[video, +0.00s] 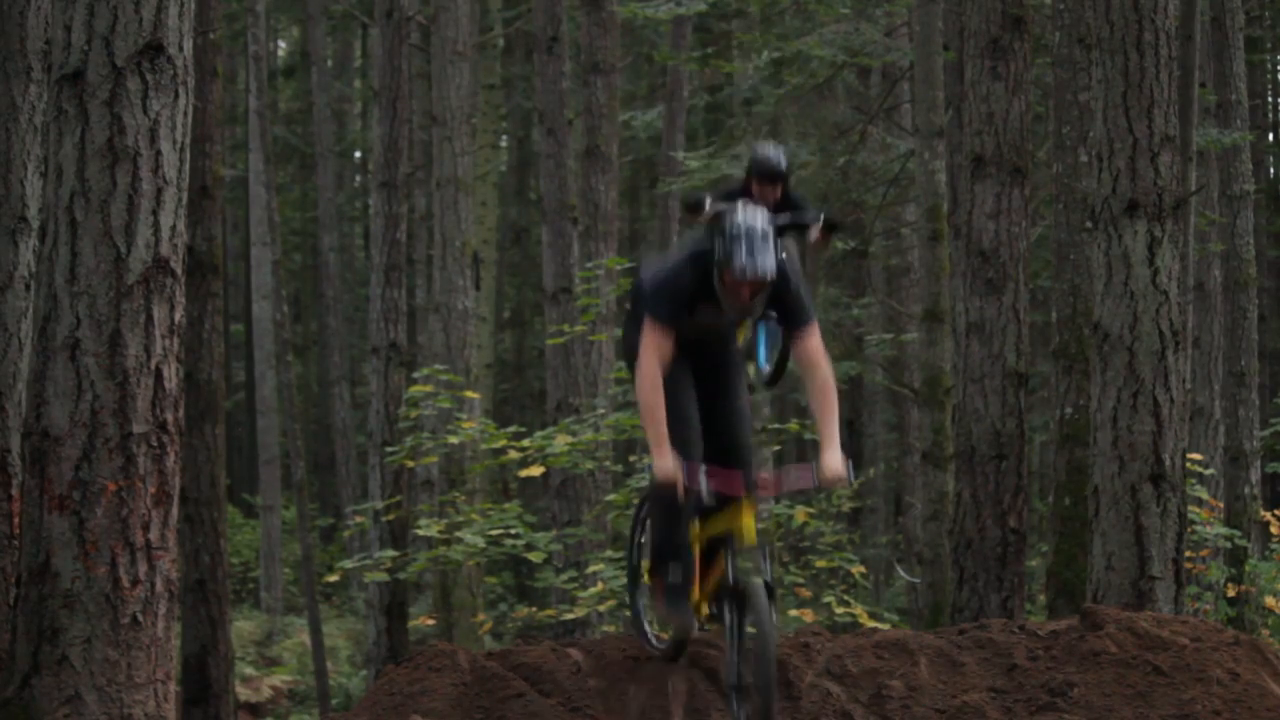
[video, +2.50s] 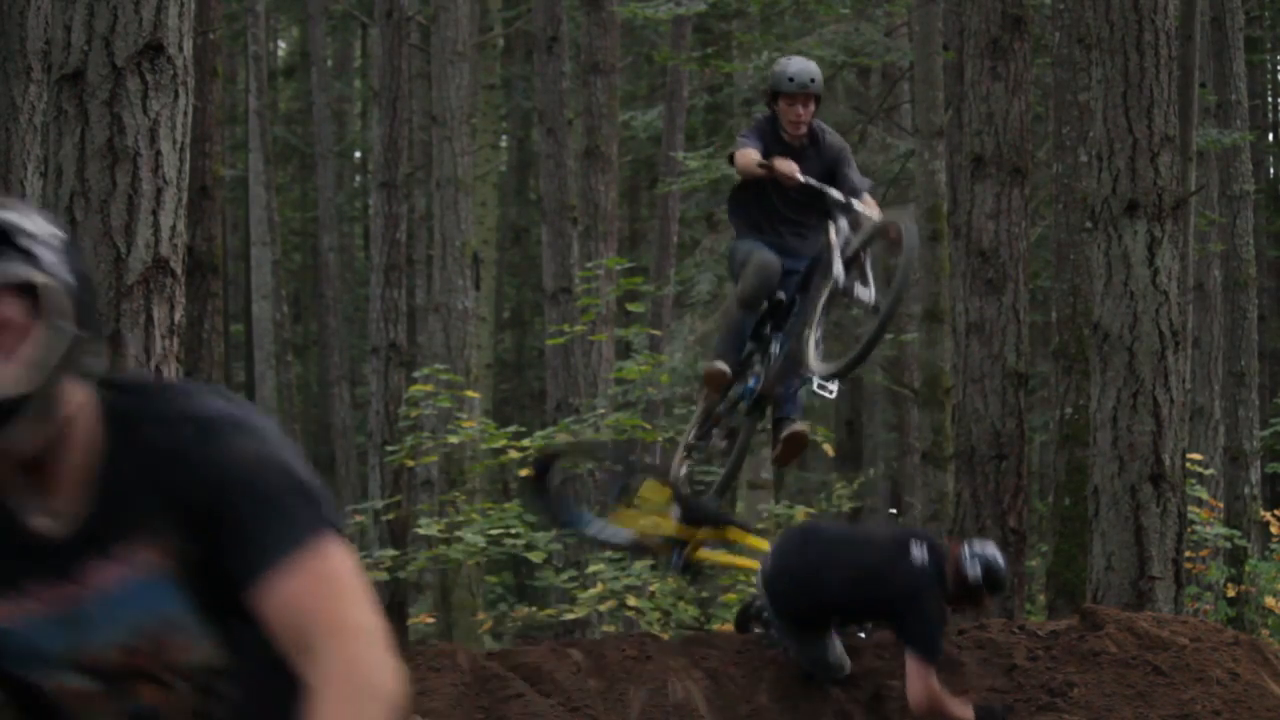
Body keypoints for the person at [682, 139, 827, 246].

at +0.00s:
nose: (768, 193)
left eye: (774, 186)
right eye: (761, 185)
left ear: (783, 185)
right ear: (750, 182)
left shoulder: (791, 203)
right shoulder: (734, 197)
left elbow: (809, 219)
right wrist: (697, 208)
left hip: (773, 255)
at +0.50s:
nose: (785, 37)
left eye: (792, 31)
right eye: (779, 30)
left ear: (800, 27)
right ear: (767, 25)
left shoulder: (812, 42)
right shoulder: (752, 38)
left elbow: (843, 74)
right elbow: (724, 75)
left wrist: (859, 100)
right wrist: (716, 106)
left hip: (776, 119)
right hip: (739, 109)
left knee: (772, 188)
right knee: (734, 142)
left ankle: (750, 264)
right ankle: (720, 216)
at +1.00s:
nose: (820, 1)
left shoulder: (849, 10)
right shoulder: (779, 5)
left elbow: (880, 52)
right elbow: (749, 54)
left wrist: (896, 95)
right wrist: (743, 106)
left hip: (791, 73)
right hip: (753, 60)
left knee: (795, 156)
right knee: (759, 126)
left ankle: (758, 248)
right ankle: (742, 213)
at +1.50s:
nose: (863, 126)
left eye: (871, 120)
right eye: (859, 116)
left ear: (883, 115)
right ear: (846, 103)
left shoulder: (882, 126)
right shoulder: (815, 111)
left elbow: (914, 179)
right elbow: (782, 176)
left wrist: (934, 242)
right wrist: (773, 243)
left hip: (809, 177)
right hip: (763, 162)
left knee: (836, 261)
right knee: (783, 248)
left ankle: (823, 332)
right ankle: (765, 340)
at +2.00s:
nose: (908, 428)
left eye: (915, 422)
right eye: (910, 418)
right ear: (896, 399)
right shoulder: (854, 398)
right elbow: (832, 480)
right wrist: (864, 507)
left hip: (828, 416)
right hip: (788, 423)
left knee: (865, 473)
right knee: (825, 509)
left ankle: (858, 541)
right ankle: (811, 606)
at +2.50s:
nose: (973, 607)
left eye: (979, 602)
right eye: (977, 599)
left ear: (960, 550)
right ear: (968, 587)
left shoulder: (926, 544)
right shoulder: (925, 602)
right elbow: (921, 699)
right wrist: (963, 710)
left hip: (799, 539)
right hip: (789, 590)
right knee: (836, 669)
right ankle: (768, 623)